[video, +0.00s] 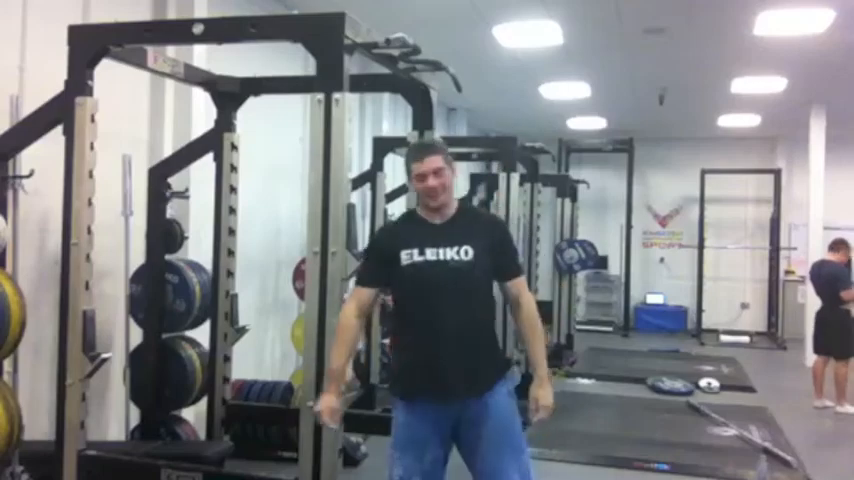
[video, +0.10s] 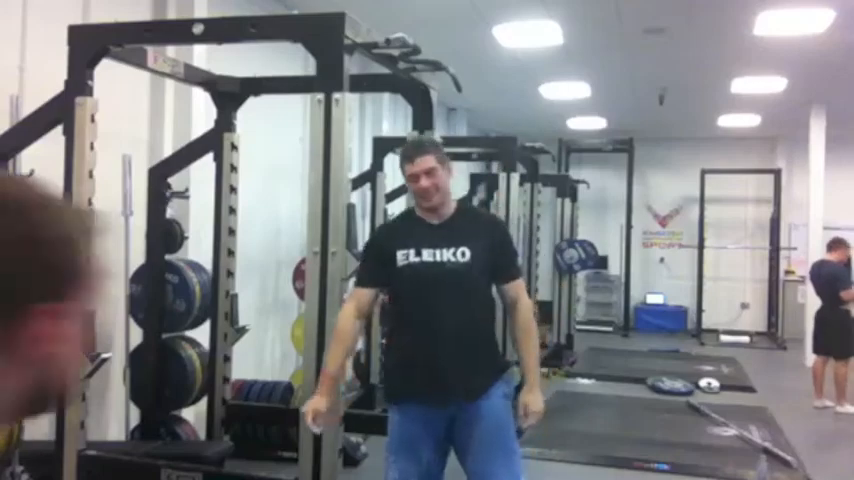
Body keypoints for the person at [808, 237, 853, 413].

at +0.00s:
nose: (847, 259)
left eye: (847, 256)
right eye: (846, 255)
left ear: (830, 250)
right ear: (841, 252)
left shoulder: (816, 267)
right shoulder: (840, 269)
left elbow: (822, 292)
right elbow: (846, 295)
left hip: (823, 311)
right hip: (840, 313)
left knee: (822, 357)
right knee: (842, 361)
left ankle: (818, 398)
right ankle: (841, 402)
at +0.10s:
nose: (846, 257)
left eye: (847, 253)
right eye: (846, 253)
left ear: (830, 249)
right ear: (838, 250)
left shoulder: (815, 266)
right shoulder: (839, 269)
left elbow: (823, 292)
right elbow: (845, 295)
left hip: (823, 311)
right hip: (840, 313)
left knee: (821, 357)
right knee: (842, 361)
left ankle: (818, 398)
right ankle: (841, 402)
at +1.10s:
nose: (848, 251)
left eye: (848, 248)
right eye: (847, 248)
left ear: (829, 248)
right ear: (841, 248)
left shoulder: (816, 268)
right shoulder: (840, 270)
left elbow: (812, 292)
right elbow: (847, 295)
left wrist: (829, 296)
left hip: (821, 316)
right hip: (840, 318)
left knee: (821, 357)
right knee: (841, 361)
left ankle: (818, 397)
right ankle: (841, 401)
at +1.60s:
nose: (850, 252)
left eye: (850, 248)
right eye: (849, 248)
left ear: (830, 248)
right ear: (841, 249)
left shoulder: (818, 270)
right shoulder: (846, 273)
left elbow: (818, 298)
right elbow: (850, 298)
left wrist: (827, 310)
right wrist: (846, 313)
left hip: (822, 317)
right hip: (843, 320)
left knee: (821, 357)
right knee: (842, 361)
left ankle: (818, 397)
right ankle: (841, 401)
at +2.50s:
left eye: (853, 251)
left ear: (846, 251)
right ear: (851, 251)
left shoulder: (835, 270)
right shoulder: (848, 272)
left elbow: (833, 302)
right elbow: (839, 302)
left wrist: (841, 314)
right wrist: (845, 317)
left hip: (839, 319)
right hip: (849, 321)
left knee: (849, 359)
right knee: (850, 361)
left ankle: (832, 389)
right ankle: (846, 403)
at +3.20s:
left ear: (849, 253)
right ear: (852, 253)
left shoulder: (843, 272)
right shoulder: (846, 273)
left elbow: (841, 302)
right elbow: (843, 303)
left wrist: (847, 312)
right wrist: (848, 313)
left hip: (847, 318)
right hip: (849, 319)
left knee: (851, 359)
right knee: (851, 361)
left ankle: (845, 386)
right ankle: (847, 400)